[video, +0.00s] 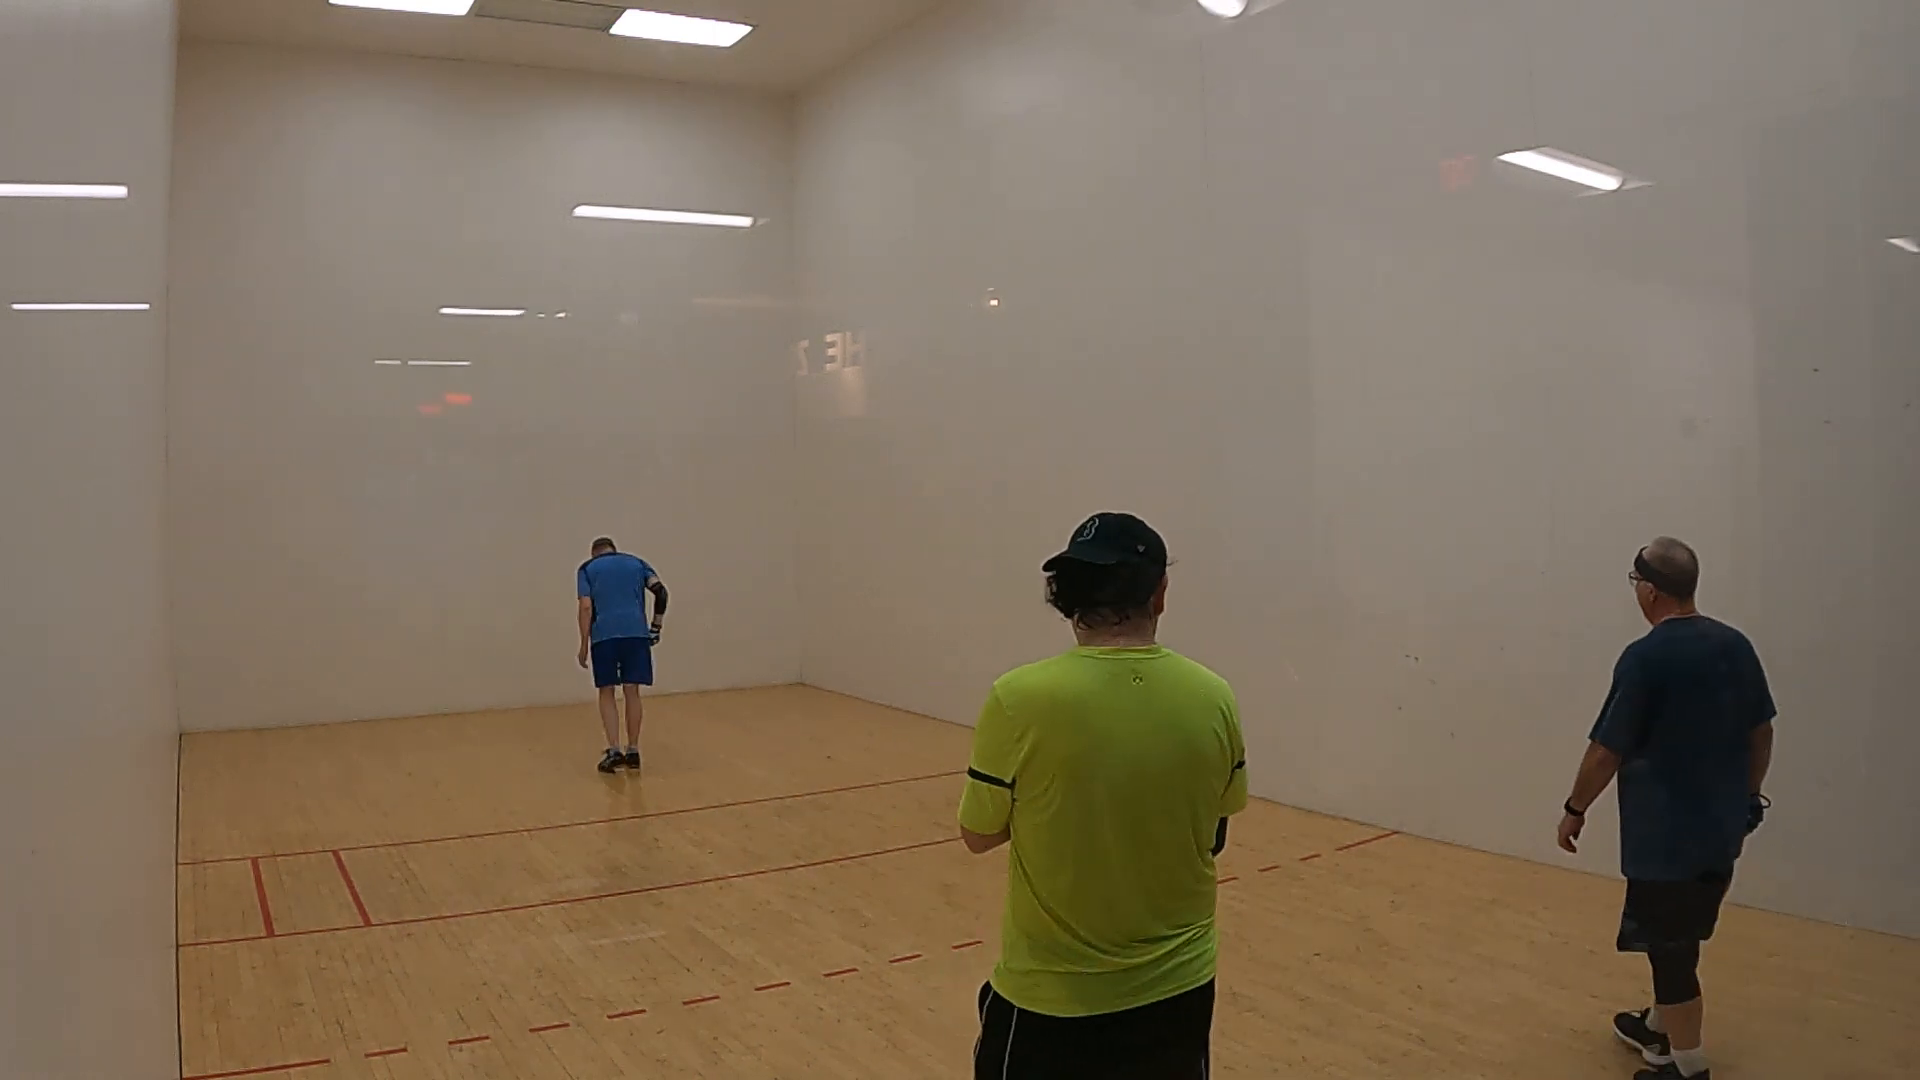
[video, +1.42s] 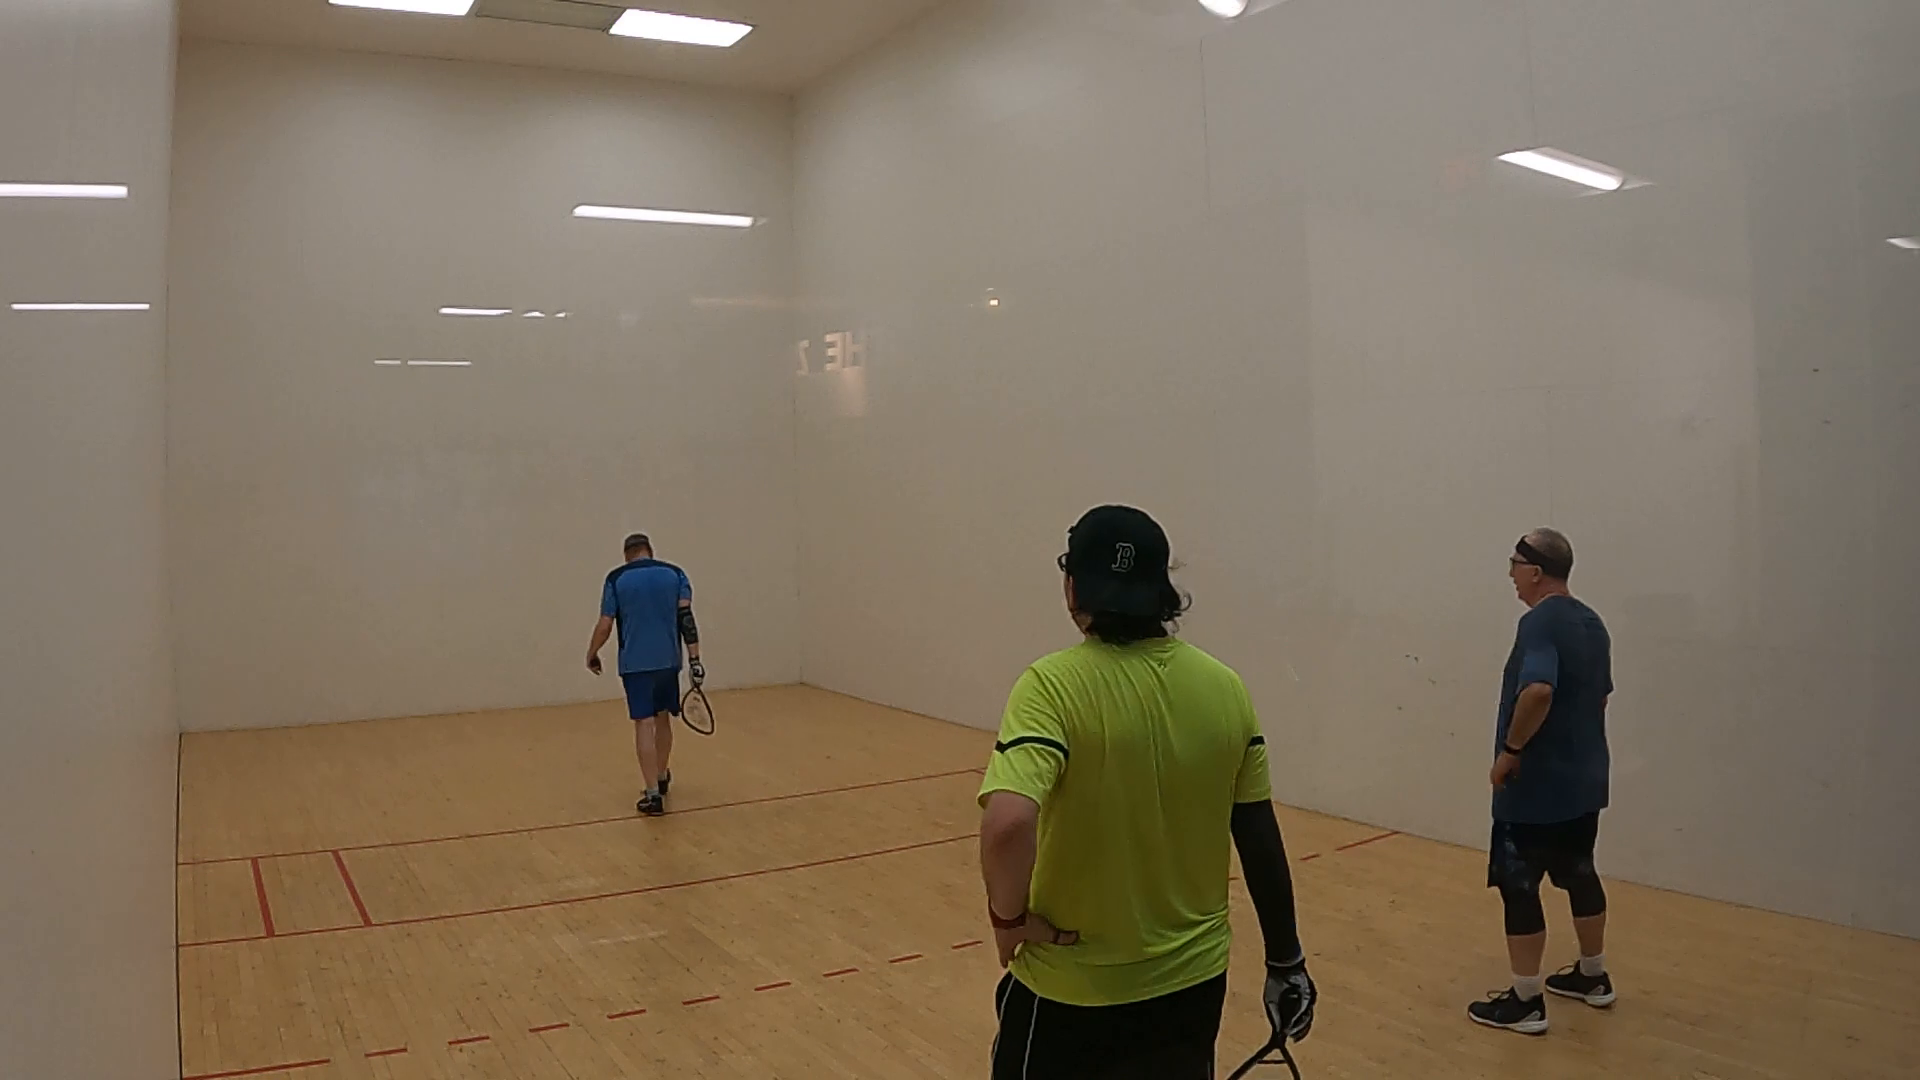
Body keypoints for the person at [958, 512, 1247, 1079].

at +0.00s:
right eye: (1169, 586)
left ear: (1067, 596)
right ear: (1160, 596)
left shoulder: (1019, 697)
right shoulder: (1211, 697)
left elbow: (979, 833)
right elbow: (1216, 830)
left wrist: (1056, 791)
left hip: (1044, 1018)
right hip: (1174, 1012)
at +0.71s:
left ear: (1080, 598)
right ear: (1178, 596)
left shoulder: (1041, 702)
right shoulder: (1229, 699)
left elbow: (993, 838)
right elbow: (1230, 831)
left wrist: (1071, 798)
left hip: (1061, 1014)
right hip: (1189, 1008)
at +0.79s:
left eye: (1082, 590)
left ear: (1082, 600)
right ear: (1177, 596)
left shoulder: (1042, 700)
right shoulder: (1229, 697)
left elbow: (991, 840)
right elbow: (1230, 832)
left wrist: (1067, 795)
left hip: (1064, 1013)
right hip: (1190, 1005)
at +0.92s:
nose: (1073, 599)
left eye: (1073, 587)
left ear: (1079, 596)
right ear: (1170, 591)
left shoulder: (1044, 698)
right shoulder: (1230, 696)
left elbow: (982, 847)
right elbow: (1234, 844)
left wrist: (1050, 797)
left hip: (1065, 1013)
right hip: (1189, 1004)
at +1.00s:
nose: (1069, 597)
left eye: (1069, 584)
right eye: (1071, 582)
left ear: (1078, 595)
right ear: (1165, 590)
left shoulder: (1047, 695)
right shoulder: (1229, 696)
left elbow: (981, 850)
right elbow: (1242, 847)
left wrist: (1038, 796)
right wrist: (1201, 927)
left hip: (1065, 1011)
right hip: (1190, 1002)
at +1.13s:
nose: (1065, 593)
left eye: (1066, 580)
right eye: (1067, 578)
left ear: (1075, 594)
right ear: (1160, 588)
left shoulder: (1047, 691)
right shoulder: (1227, 693)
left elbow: (980, 840)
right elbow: (1248, 849)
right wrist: (1239, 956)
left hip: (1063, 1012)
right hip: (1188, 1002)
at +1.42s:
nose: (1065, 586)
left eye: (1066, 572)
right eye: (1069, 570)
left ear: (1075, 589)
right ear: (1160, 586)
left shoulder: (1052, 683)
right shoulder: (1223, 688)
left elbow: (1008, 820)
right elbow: (1259, 836)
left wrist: (1008, 919)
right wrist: (1285, 959)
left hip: (1069, 1002)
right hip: (1189, 994)